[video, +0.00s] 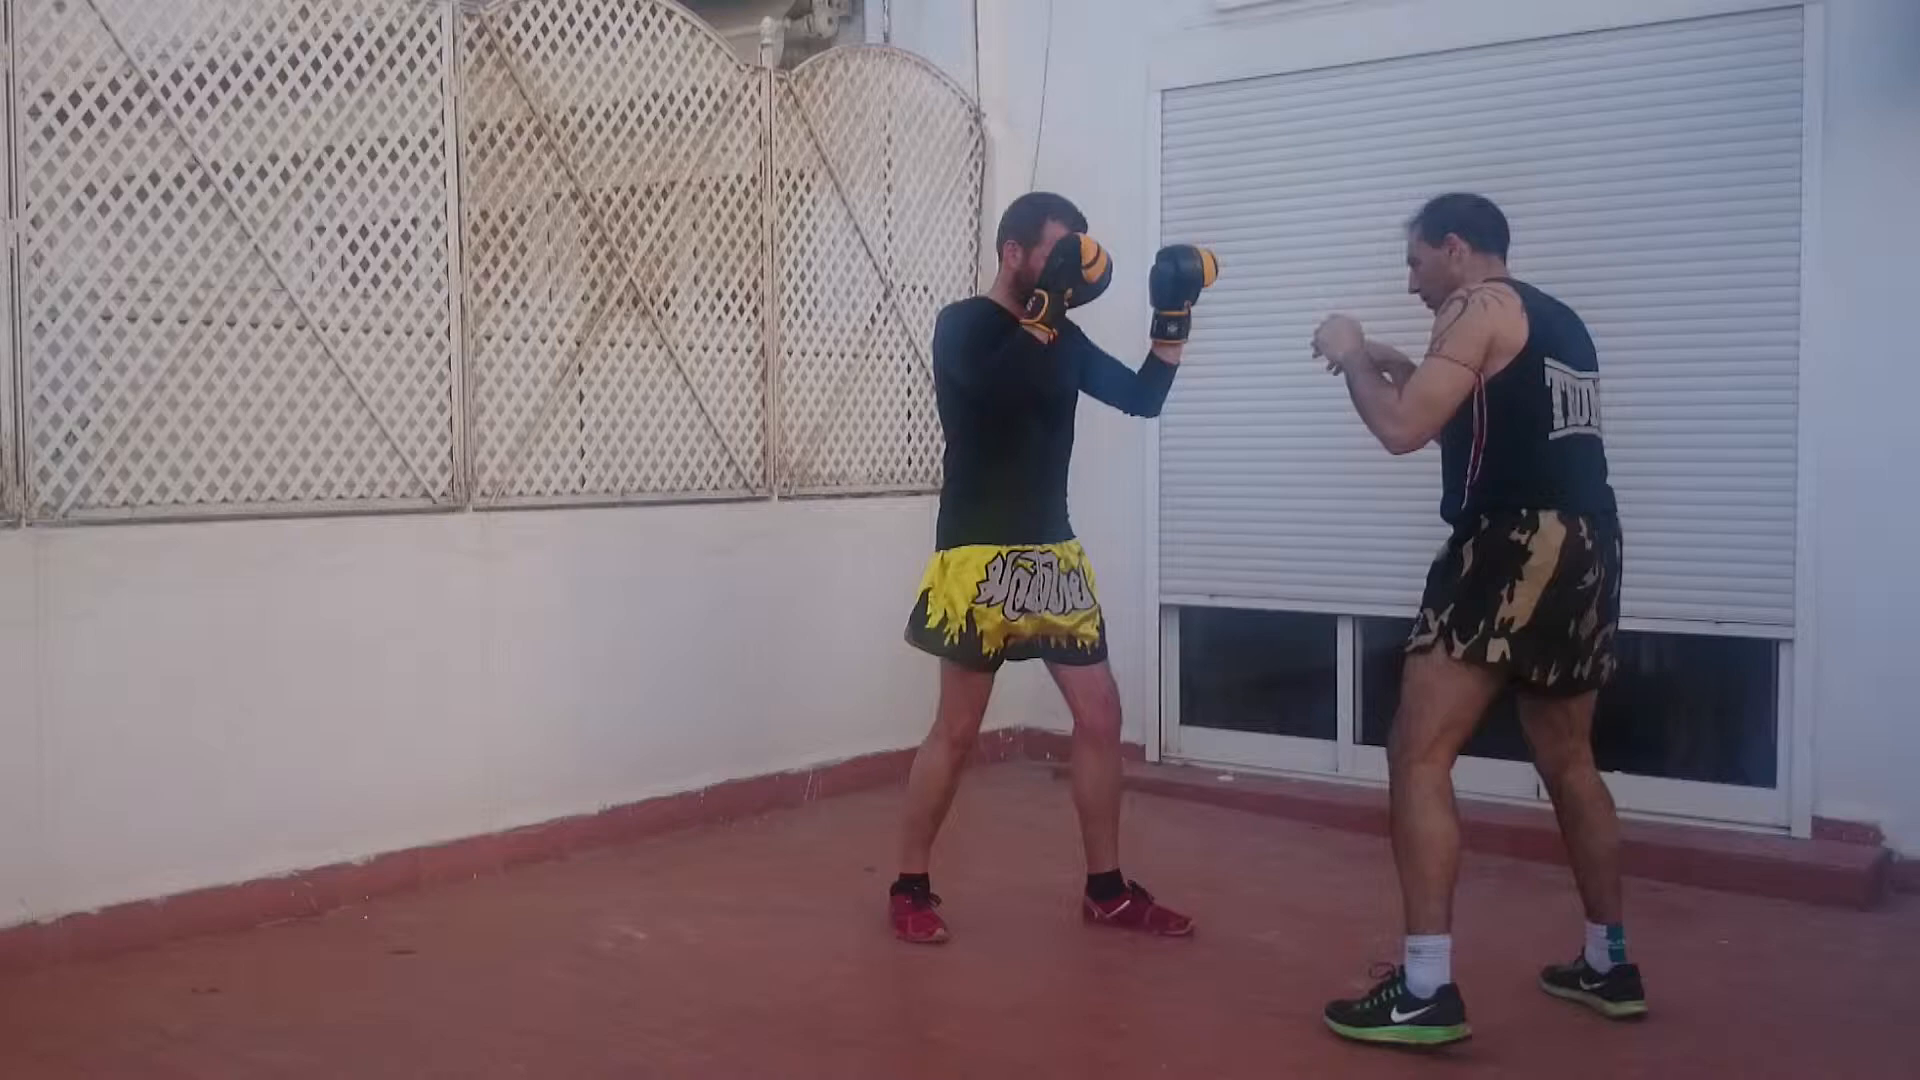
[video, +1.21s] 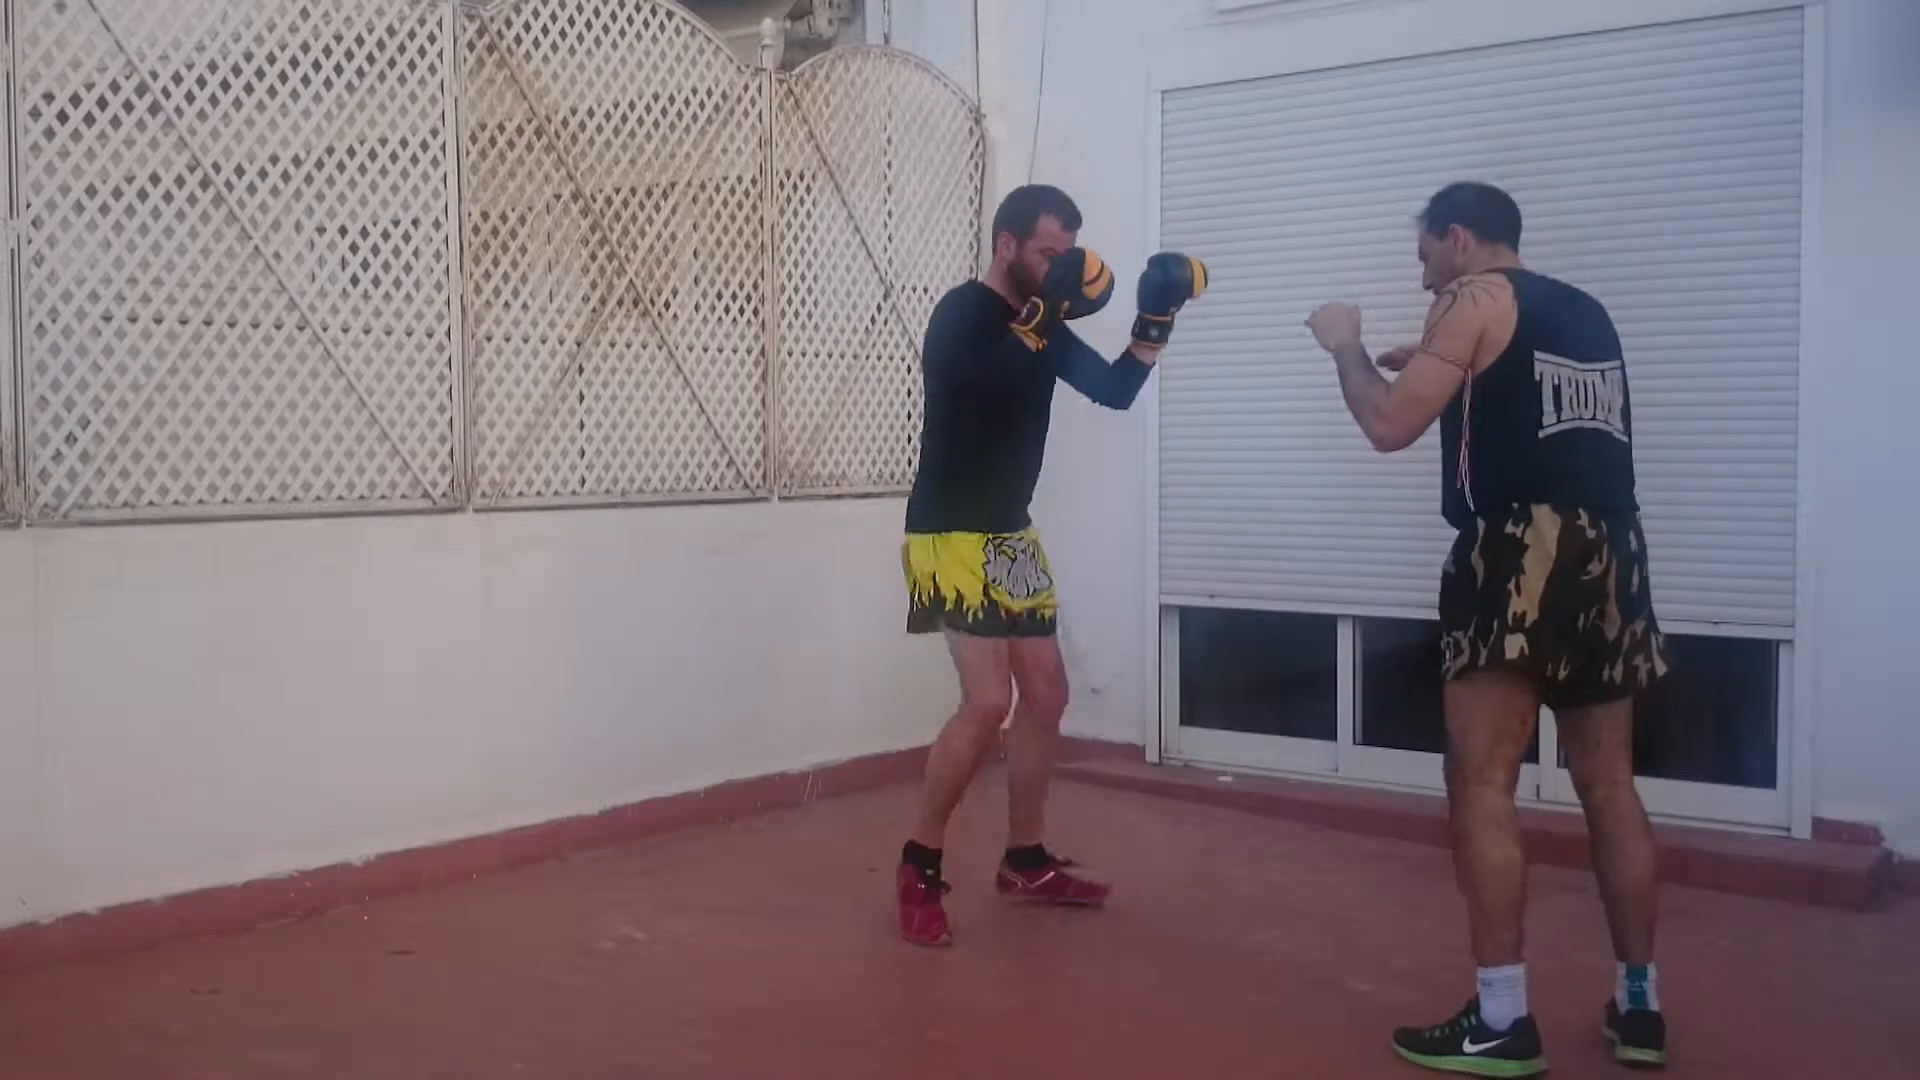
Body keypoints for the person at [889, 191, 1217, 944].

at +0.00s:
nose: (1063, 270)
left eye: (1069, 259)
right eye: (1054, 254)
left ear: (1063, 267)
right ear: (1010, 251)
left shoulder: (1062, 336)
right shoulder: (961, 324)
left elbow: (1144, 397)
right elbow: (1000, 387)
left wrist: (1172, 325)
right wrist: (1053, 308)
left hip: (1054, 547)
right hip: (977, 549)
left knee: (1099, 717)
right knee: (956, 731)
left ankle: (1106, 888)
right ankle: (910, 885)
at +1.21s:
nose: (1059, 267)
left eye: (1066, 256)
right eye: (1050, 253)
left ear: (1064, 257)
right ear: (1005, 244)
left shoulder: (1039, 324)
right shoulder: (962, 311)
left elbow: (1114, 389)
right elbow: (1000, 381)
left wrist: (1154, 322)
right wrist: (1054, 314)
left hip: (1010, 531)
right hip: (950, 532)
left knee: (1045, 696)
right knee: (985, 706)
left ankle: (1026, 861)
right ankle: (920, 863)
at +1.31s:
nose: (1045, 285)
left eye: (1054, 274)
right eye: (1035, 270)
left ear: (1058, 273)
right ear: (993, 259)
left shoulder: (1038, 334)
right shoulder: (953, 331)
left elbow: (1120, 388)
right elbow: (961, 425)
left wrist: (1155, 321)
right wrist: (1032, 339)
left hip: (991, 538)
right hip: (944, 535)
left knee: (985, 705)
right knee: (1006, 694)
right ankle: (957, 863)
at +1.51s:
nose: (1028, 301)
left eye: (1033, 288)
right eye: (1015, 286)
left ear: (1030, 285)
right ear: (971, 279)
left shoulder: (1020, 354)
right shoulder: (929, 362)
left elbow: (1092, 392)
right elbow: (932, 475)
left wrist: (1161, 352)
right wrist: (993, 401)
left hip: (1012, 563)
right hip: (951, 570)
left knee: (1053, 717)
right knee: (1024, 731)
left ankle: (942, 812)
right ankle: (982, 908)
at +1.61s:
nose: (1018, 292)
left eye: (1023, 279)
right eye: (1006, 277)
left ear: (1017, 276)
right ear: (961, 269)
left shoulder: (1008, 348)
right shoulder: (917, 358)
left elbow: (1066, 392)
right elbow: (934, 465)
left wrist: (1155, 350)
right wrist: (1000, 380)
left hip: (1028, 555)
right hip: (961, 573)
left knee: (1116, 695)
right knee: (1029, 735)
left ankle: (1033, 809)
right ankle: (981, 908)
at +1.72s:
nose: (1014, 281)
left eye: (1020, 268)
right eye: (1003, 266)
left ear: (1016, 267)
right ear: (956, 259)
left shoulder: (1001, 337)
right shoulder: (914, 352)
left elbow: (1048, 397)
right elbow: (941, 453)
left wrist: (1127, 365)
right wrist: (1012, 363)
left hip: (1046, 544)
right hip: (973, 568)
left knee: (1155, 670)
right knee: (1015, 738)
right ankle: (979, 910)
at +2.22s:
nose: (1038, 280)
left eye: (1041, 267)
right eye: (1022, 266)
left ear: (1034, 272)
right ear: (972, 267)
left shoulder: (1038, 350)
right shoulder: (944, 350)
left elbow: (1129, 418)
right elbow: (1028, 375)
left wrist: (1136, 348)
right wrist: (1054, 289)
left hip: (1095, 556)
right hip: (1016, 571)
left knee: (1179, 716)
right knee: (1041, 756)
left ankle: (1211, 884)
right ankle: (986, 908)